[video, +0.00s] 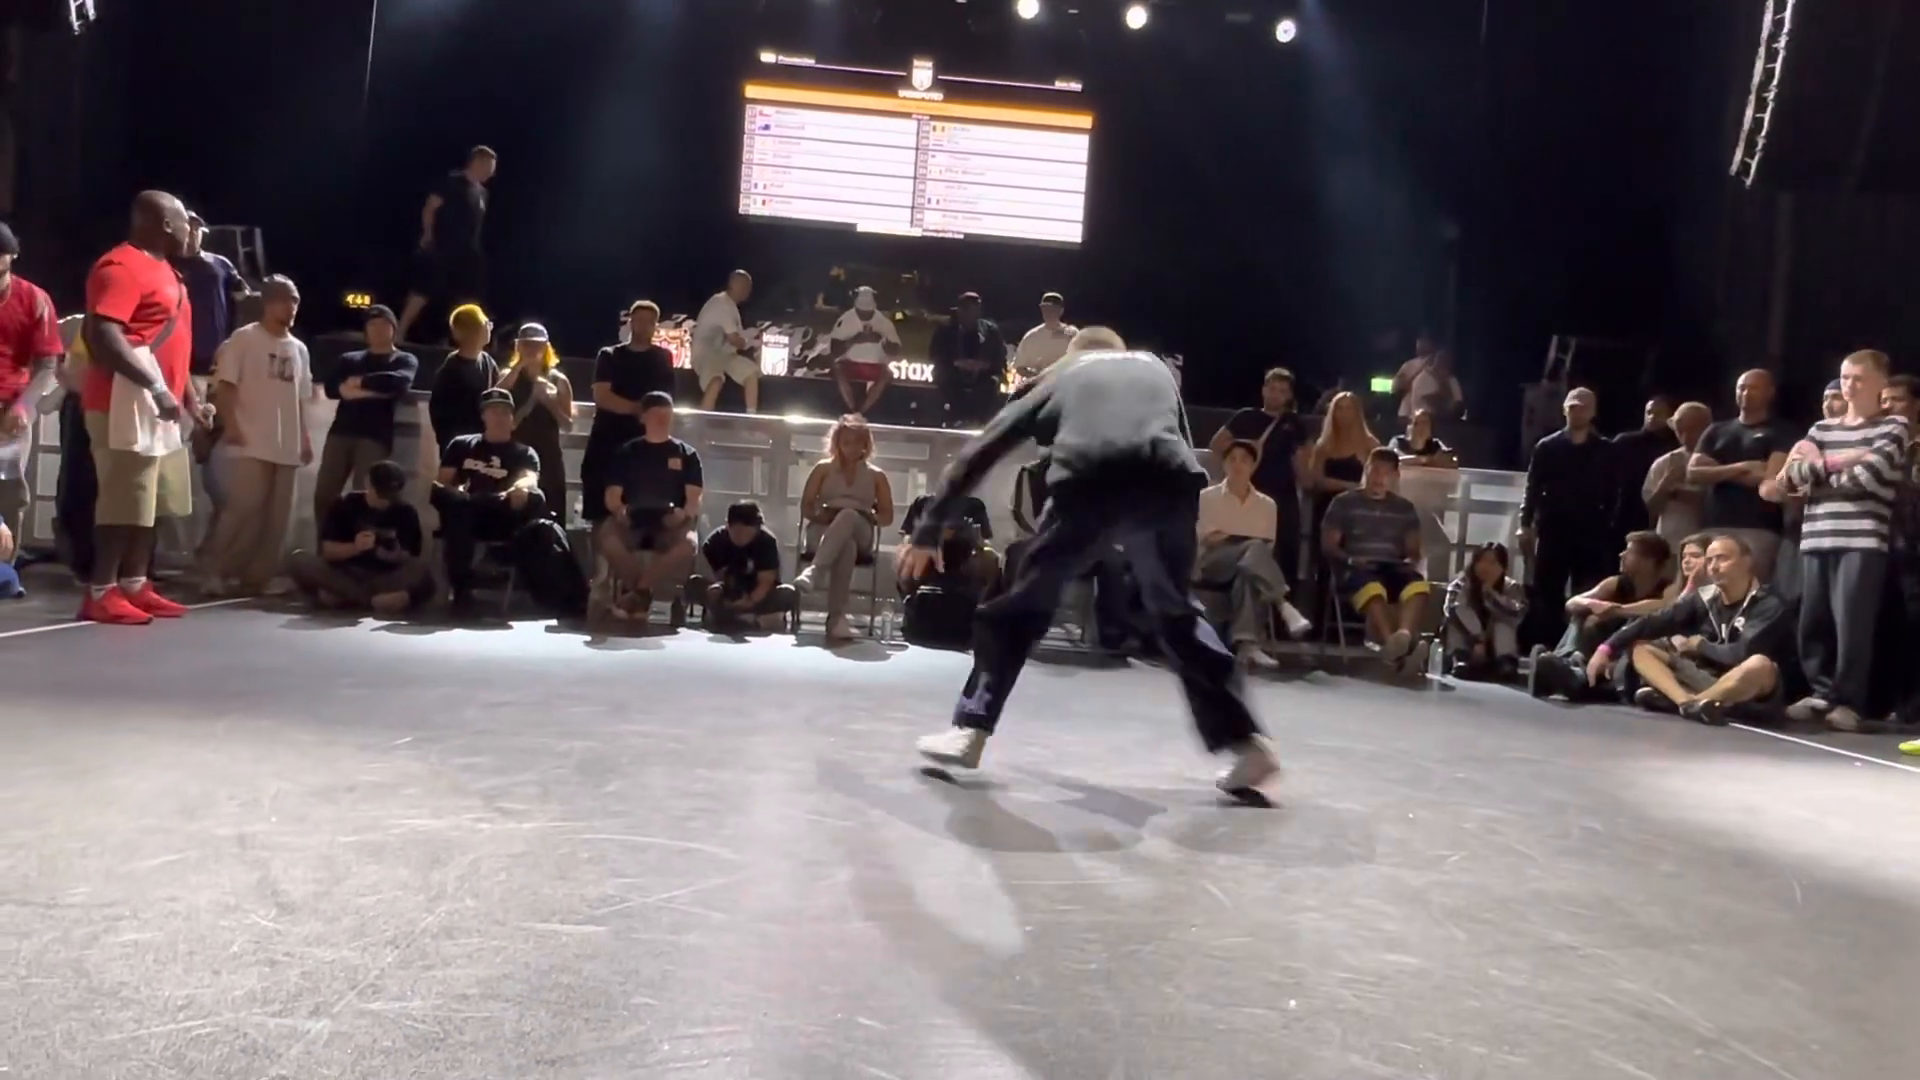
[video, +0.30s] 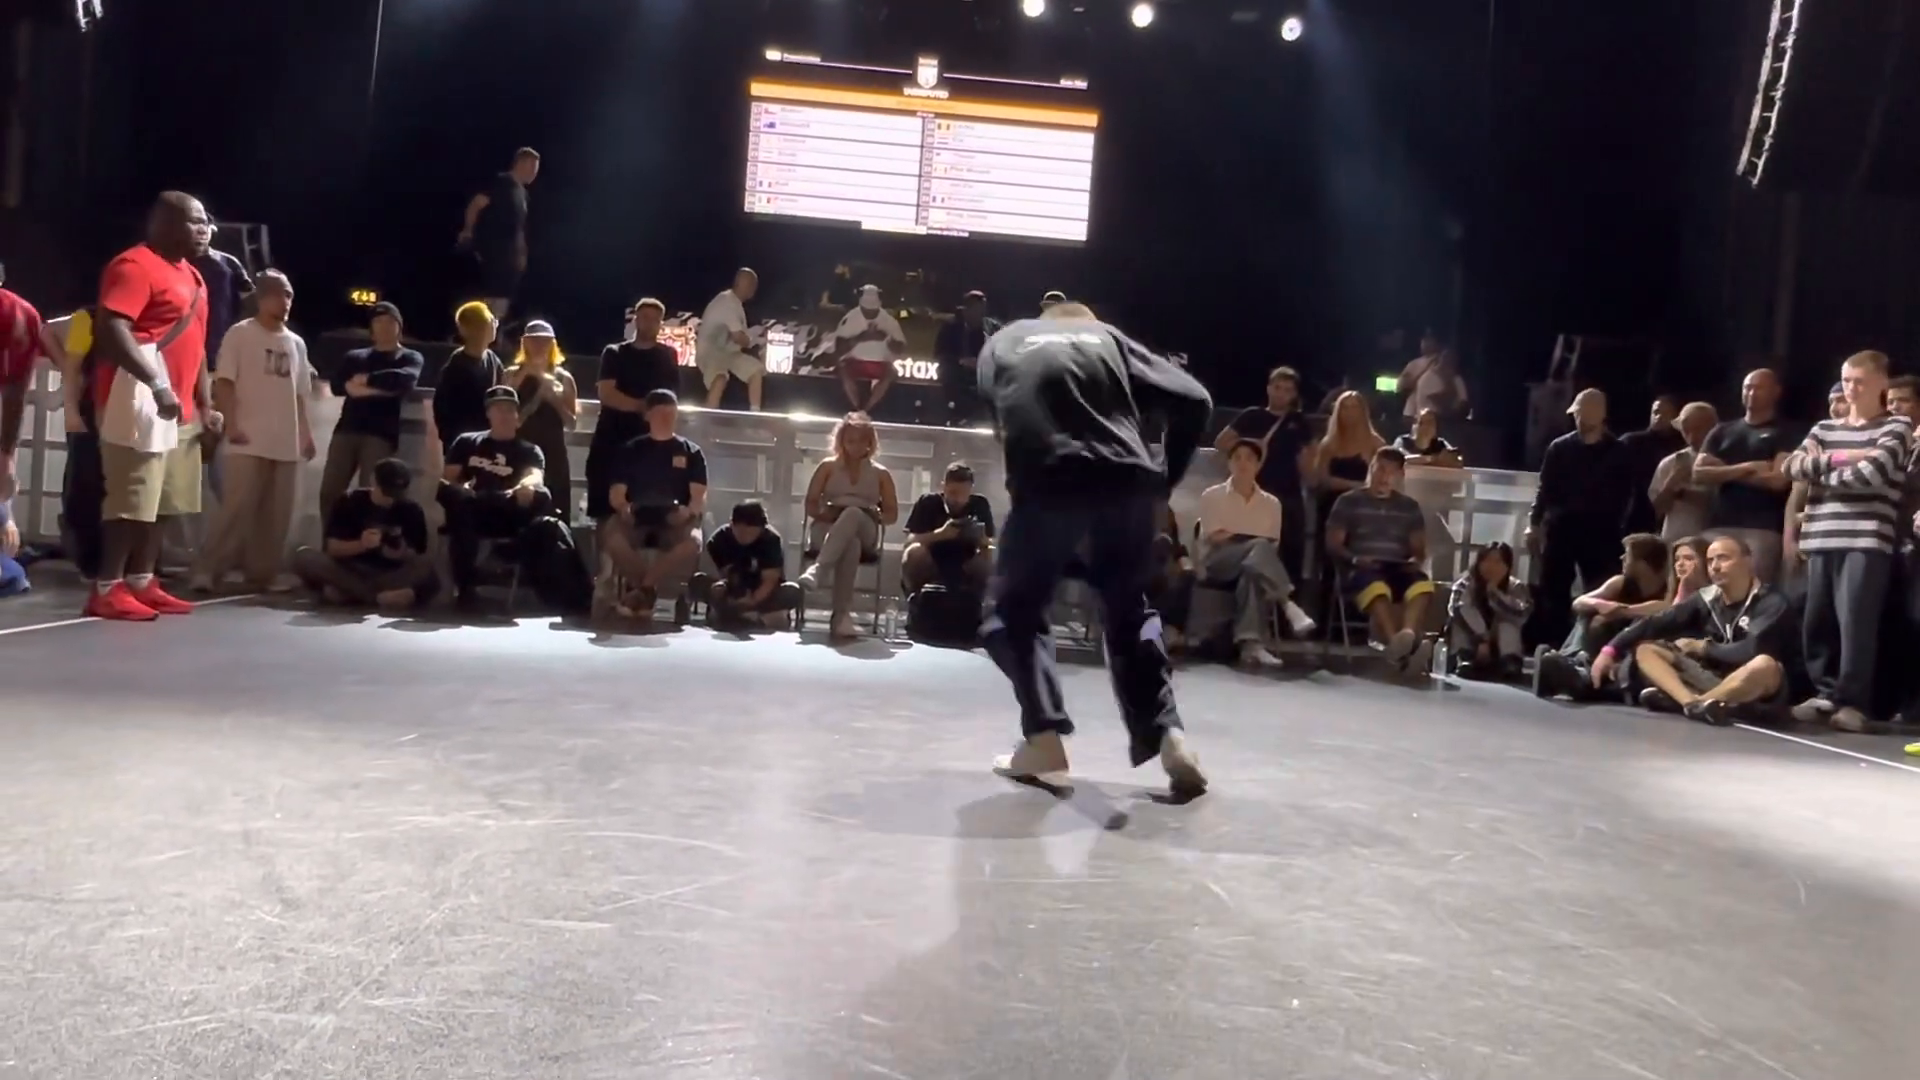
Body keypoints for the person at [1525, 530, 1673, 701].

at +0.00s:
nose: (1621, 555)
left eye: (1629, 551)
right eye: (1625, 550)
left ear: (1650, 562)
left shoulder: (1668, 590)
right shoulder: (1616, 583)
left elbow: (1663, 607)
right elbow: (1572, 604)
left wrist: (1617, 611)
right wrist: (1593, 605)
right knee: (1582, 617)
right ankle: (1566, 663)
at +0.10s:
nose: (1623, 555)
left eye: (1629, 551)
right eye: (1626, 550)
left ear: (1647, 561)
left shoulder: (1670, 589)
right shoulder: (1619, 583)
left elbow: (1666, 608)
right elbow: (1576, 604)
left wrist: (1619, 612)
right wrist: (1595, 605)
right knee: (1585, 617)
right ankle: (1571, 663)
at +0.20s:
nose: (1623, 558)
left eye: (1629, 554)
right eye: (1625, 553)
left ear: (1646, 561)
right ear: (1640, 561)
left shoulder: (1670, 592)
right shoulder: (1620, 583)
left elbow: (1666, 610)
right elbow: (1578, 604)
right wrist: (1601, 607)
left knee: (1599, 623)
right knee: (1586, 616)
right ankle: (1570, 661)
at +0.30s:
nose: (1622, 558)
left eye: (1628, 555)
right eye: (1624, 553)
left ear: (1643, 564)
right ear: (1640, 564)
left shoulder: (1670, 591)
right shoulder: (1621, 582)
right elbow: (1579, 603)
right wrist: (1604, 607)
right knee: (1588, 613)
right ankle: (1575, 660)